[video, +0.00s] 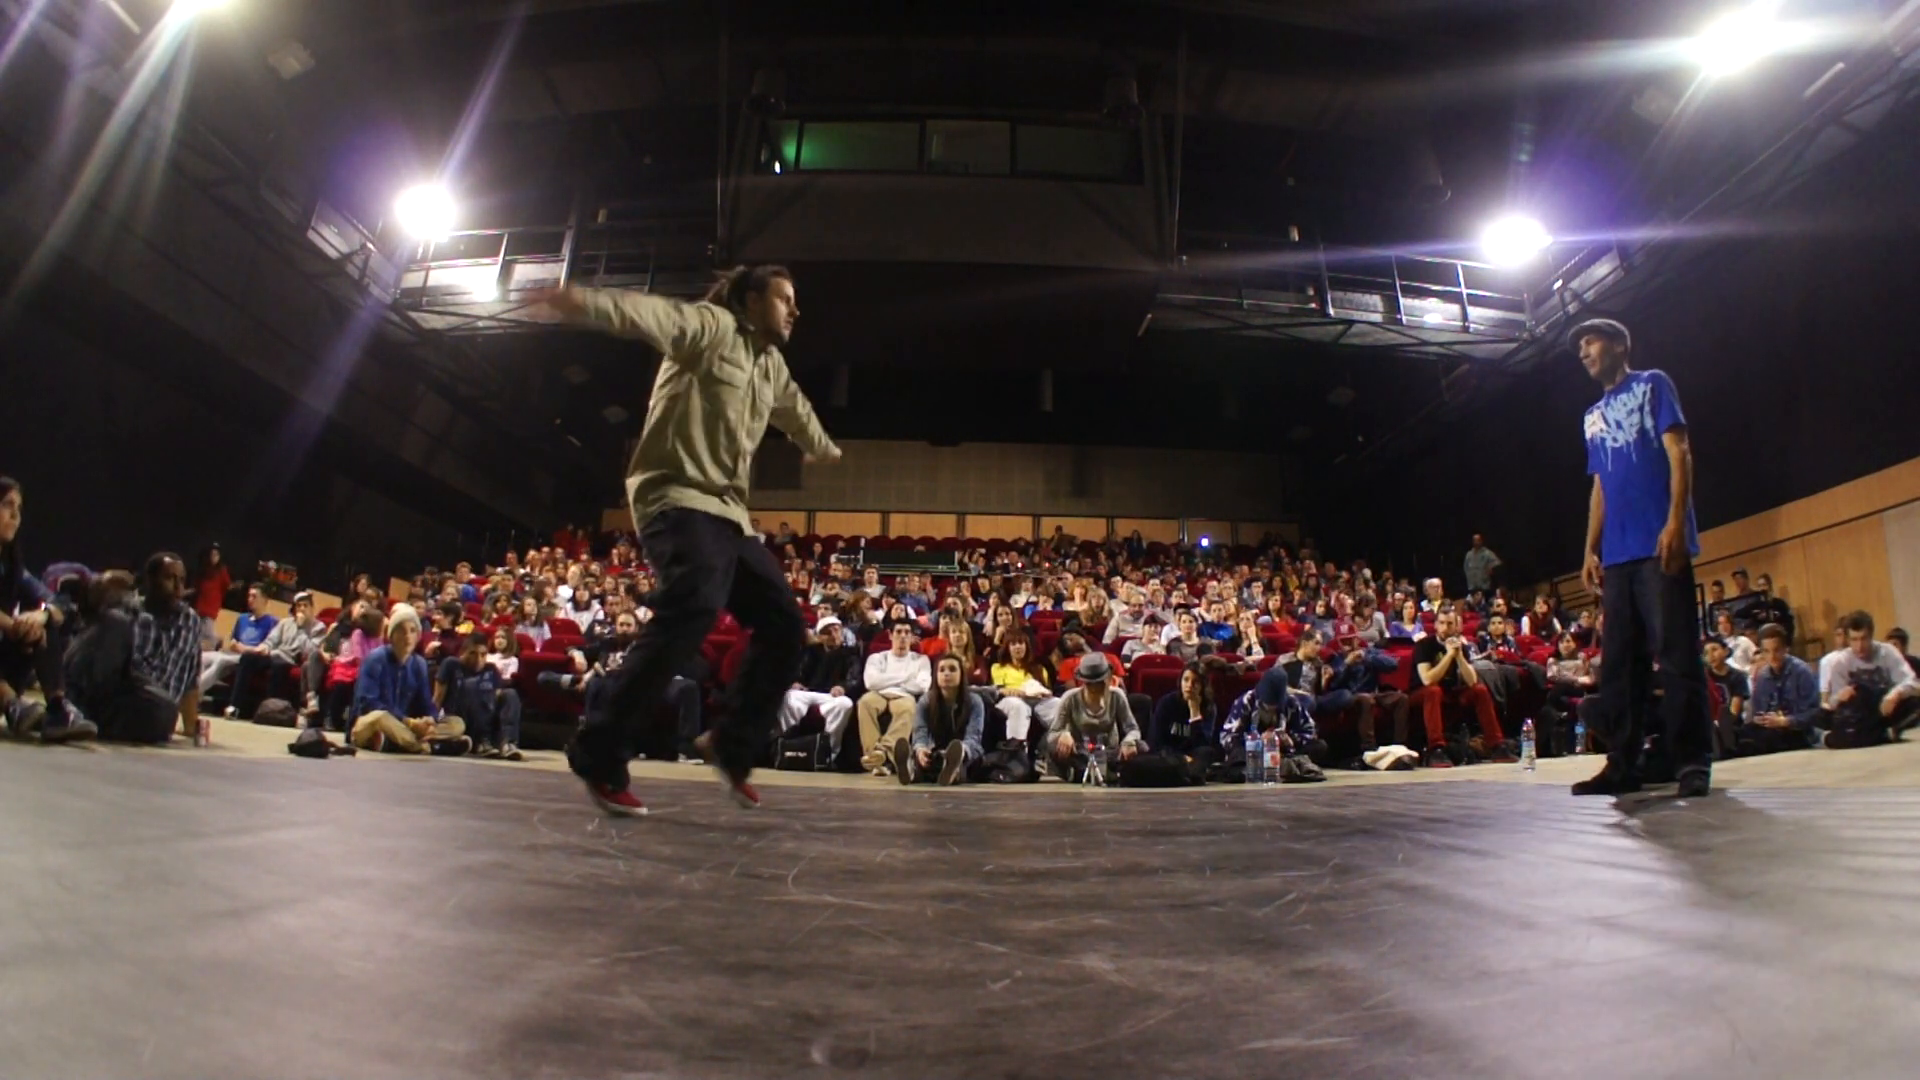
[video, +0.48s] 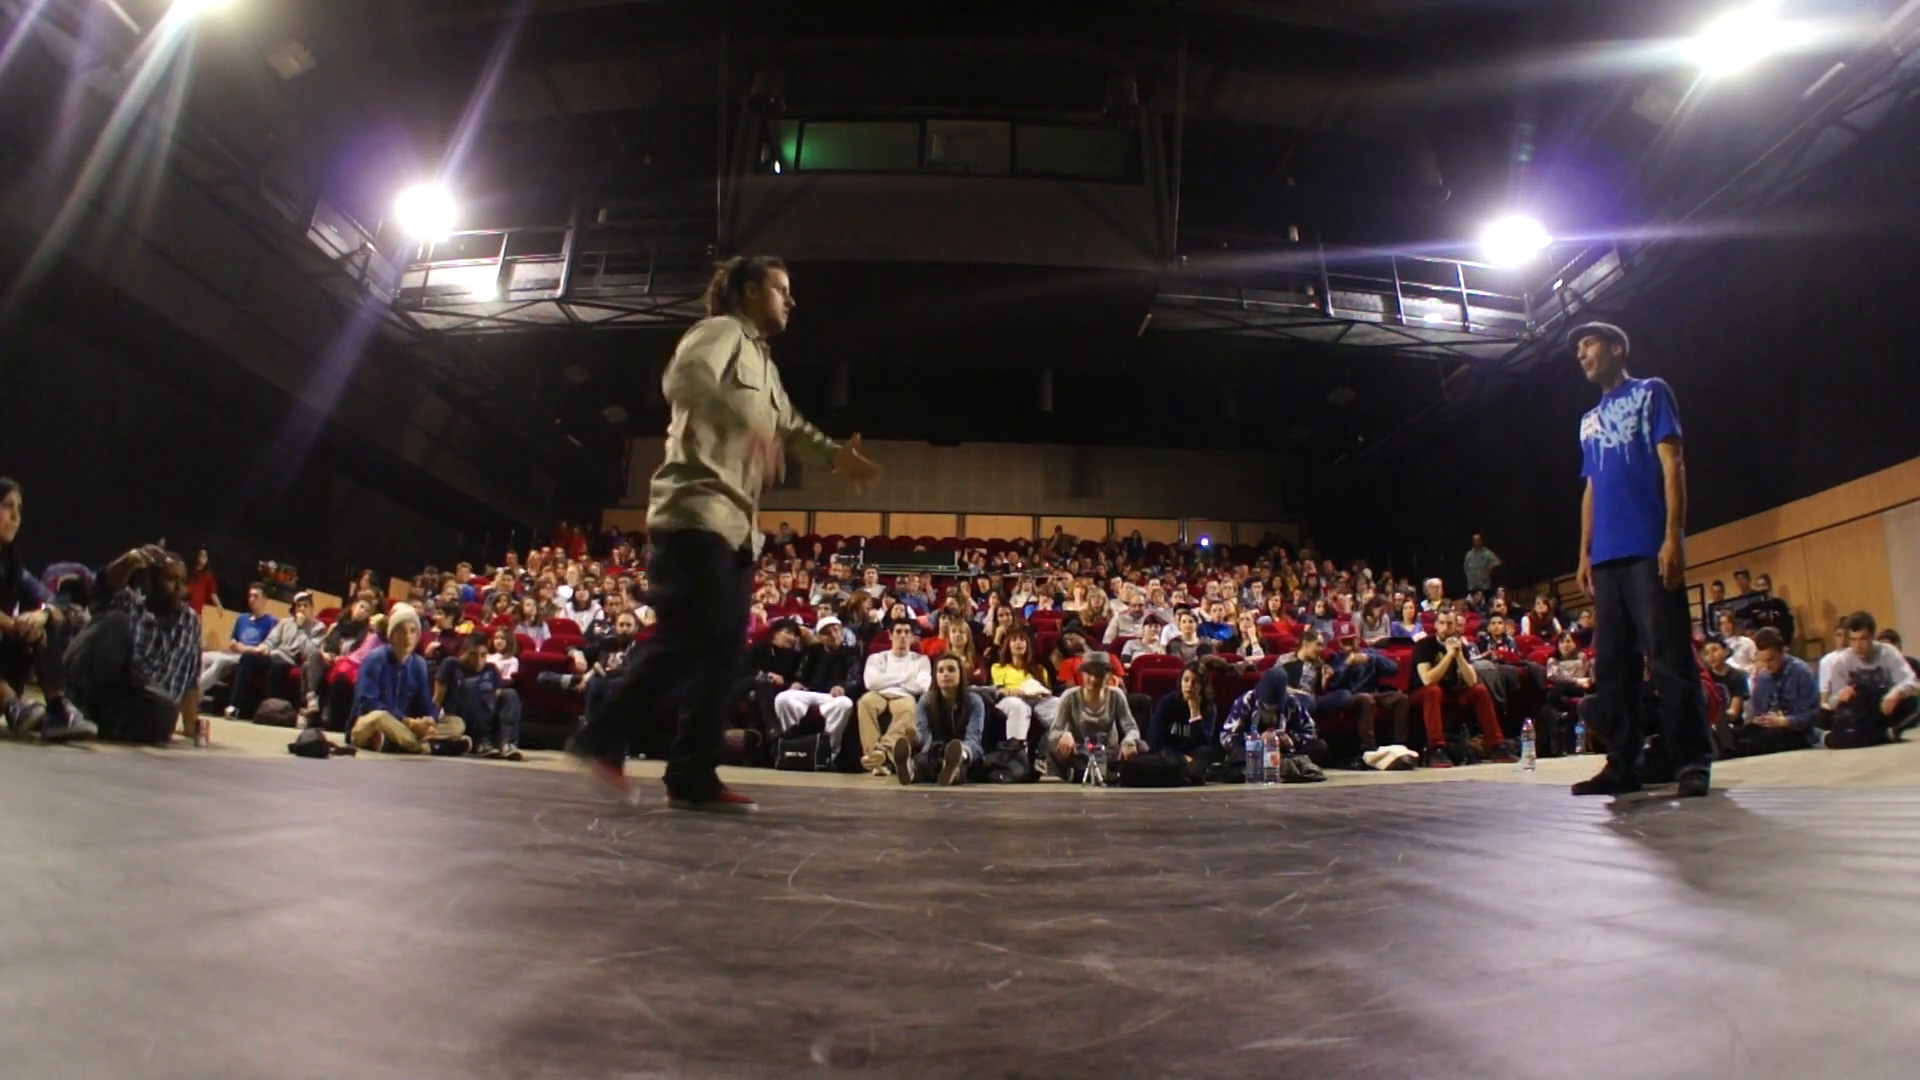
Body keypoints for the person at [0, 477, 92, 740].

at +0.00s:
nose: (15, 515)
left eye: (18, 508)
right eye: (8, 505)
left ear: (20, 514)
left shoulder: (11, 565)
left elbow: (57, 608)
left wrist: (42, 614)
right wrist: (10, 623)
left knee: (44, 624)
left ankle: (57, 708)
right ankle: (11, 704)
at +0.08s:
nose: (15, 516)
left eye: (18, 508)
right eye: (8, 506)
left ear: (19, 514)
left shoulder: (11, 564)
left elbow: (57, 608)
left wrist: (42, 614)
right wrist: (10, 623)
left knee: (44, 624)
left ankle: (57, 708)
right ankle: (12, 705)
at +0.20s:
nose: (16, 517)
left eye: (18, 509)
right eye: (8, 507)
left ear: (20, 514)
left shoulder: (12, 565)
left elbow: (57, 609)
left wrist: (42, 614)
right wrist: (11, 623)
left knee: (45, 624)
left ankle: (57, 708)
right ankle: (11, 705)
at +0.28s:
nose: (15, 516)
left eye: (18, 508)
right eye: (8, 506)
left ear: (20, 515)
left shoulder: (12, 565)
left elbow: (58, 609)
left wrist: (43, 614)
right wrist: (10, 623)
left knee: (45, 624)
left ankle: (58, 707)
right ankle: (11, 704)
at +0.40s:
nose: (14, 516)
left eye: (18, 508)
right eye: (7, 506)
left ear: (20, 516)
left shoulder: (12, 566)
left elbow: (58, 609)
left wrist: (43, 614)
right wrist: (10, 623)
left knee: (46, 624)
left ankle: (57, 709)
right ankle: (12, 705)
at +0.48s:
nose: (14, 516)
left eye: (17, 509)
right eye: (7, 506)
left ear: (20, 515)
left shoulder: (12, 564)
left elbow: (57, 609)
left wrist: (43, 614)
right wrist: (10, 623)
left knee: (45, 625)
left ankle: (57, 709)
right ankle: (12, 705)